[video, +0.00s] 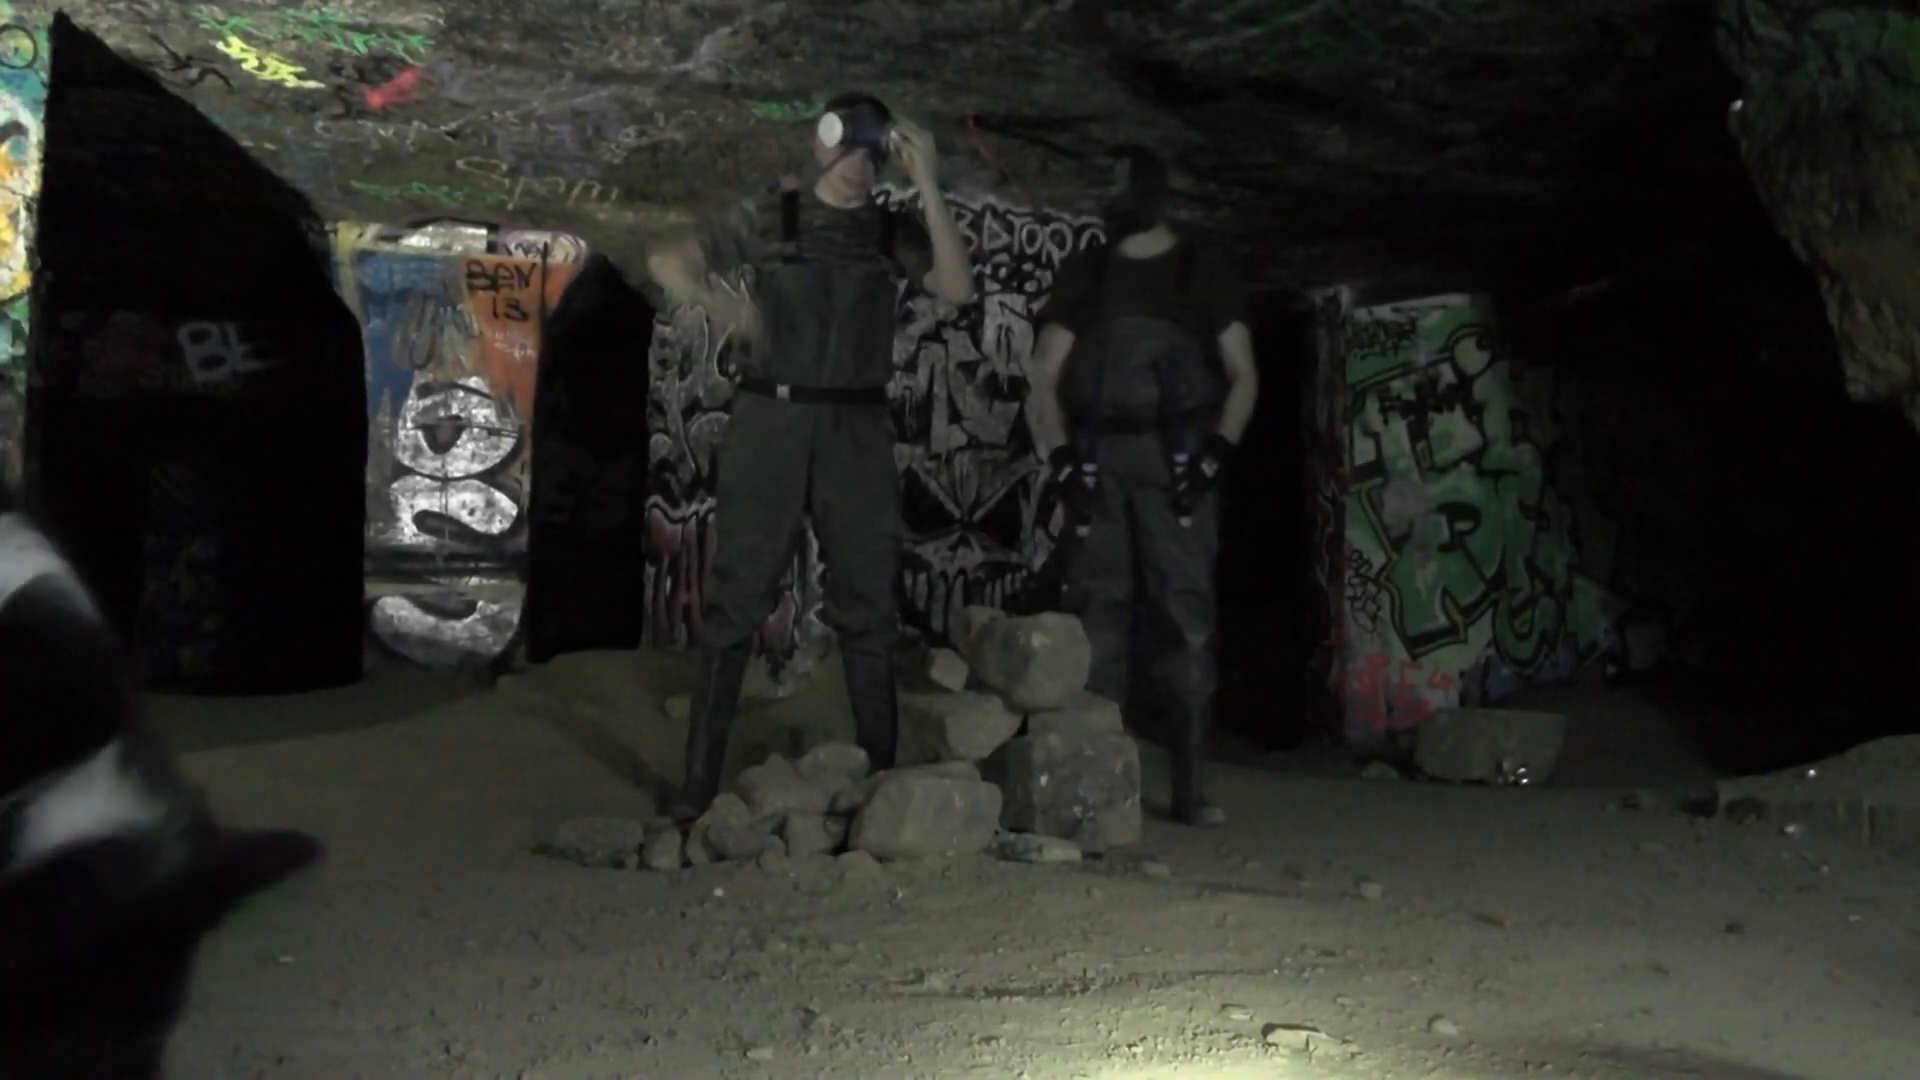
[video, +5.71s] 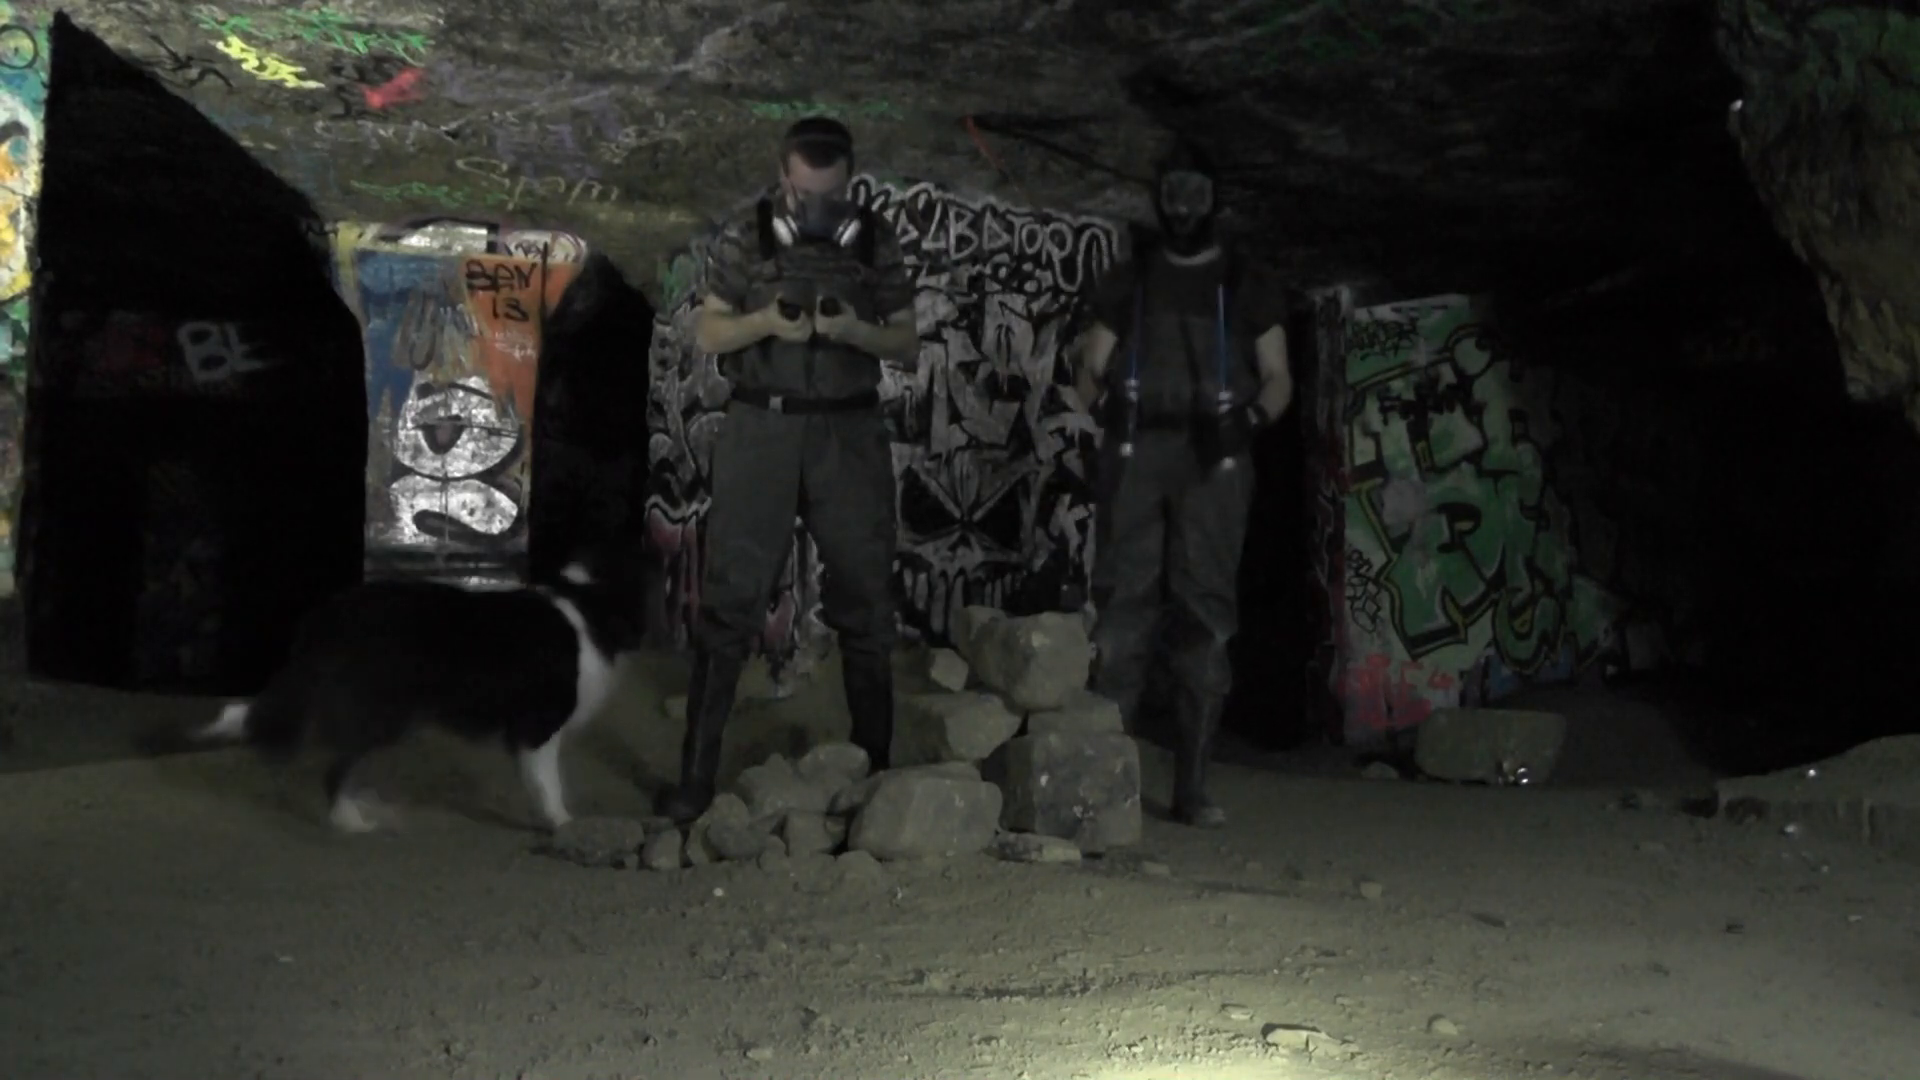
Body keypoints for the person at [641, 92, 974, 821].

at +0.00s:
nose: (860, 166)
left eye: (873, 155)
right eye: (850, 149)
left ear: (884, 161)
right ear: (819, 145)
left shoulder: (891, 230)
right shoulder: (769, 215)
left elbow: (956, 289)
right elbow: (668, 261)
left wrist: (926, 183)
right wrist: (727, 311)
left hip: (858, 439)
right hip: (769, 435)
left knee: (868, 612)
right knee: (736, 609)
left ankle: (882, 779)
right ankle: (699, 786)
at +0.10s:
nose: (856, 161)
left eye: (870, 151)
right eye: (845, 145)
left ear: (881, 160)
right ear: (816, 146)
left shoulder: (893, 230)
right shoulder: (771, 213)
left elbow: (954, 282)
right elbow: (662, 231)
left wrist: (922, 176)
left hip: (858, 437)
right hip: (769, 432)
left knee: (868, 613)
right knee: (738, 608)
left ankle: (879, 781)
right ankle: (700, 785)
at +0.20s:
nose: (847, 163)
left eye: (861, 152)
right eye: (836, 147)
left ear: (879, 162)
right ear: (811, 150)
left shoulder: (892, 230)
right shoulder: (770, 217)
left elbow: (955, 278)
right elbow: (657, 201)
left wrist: (918, 175)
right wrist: (755, 192)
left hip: (859, 438)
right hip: (769, 433)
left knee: (869, 614)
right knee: (737, 609)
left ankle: (880, 780)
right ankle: (699, 786)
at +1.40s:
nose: (828, 156)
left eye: (836, 145)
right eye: (815, 141)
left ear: (847, 157)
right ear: (781, 146)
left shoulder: (851, 231)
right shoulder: (750, 219)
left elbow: (936, 271)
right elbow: (745, 260)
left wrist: (911, 173)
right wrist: (795, 187)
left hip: (843, 435)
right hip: (759, 431)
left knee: (867, 605)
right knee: (732, 600)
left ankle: (883, 771)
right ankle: (679, 771)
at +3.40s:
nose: (820, 159)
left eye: (832, 150)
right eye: (809, 150)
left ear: (850, 165)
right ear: (789, 167)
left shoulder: (871, 228)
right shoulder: (764, 227)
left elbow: (911, 244)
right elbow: (692, 244)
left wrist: (872, 142)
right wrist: (739, 145)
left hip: (852, 436)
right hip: (763, 434)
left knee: (866, 611)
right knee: (731, 606)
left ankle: (870, 778)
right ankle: (696, 784)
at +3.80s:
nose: (808, 181)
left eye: (825, 167)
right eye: (797, 166)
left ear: (851, 172)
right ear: (775, 171)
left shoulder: (874, 240)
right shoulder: (758, 237)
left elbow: (914, 322)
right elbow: (692, 308)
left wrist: (867, 217)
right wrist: (747, 216)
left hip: (854, 442)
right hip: (763, 439)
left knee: (867, 614)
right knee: (730, 609)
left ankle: (872, 779)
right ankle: (696, 785)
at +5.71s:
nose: (813, 208)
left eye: (828, 196)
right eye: (802, 193)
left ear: (851, 180)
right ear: (782, 174)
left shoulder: (877, 241)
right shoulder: (740, 236)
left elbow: (907, 345)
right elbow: (709, 335)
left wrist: (847, 328)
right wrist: (769, 320)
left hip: (849, 446)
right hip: (757, 444)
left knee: (865, 611)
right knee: (730, 608)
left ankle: (875, 776)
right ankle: (696, 783)